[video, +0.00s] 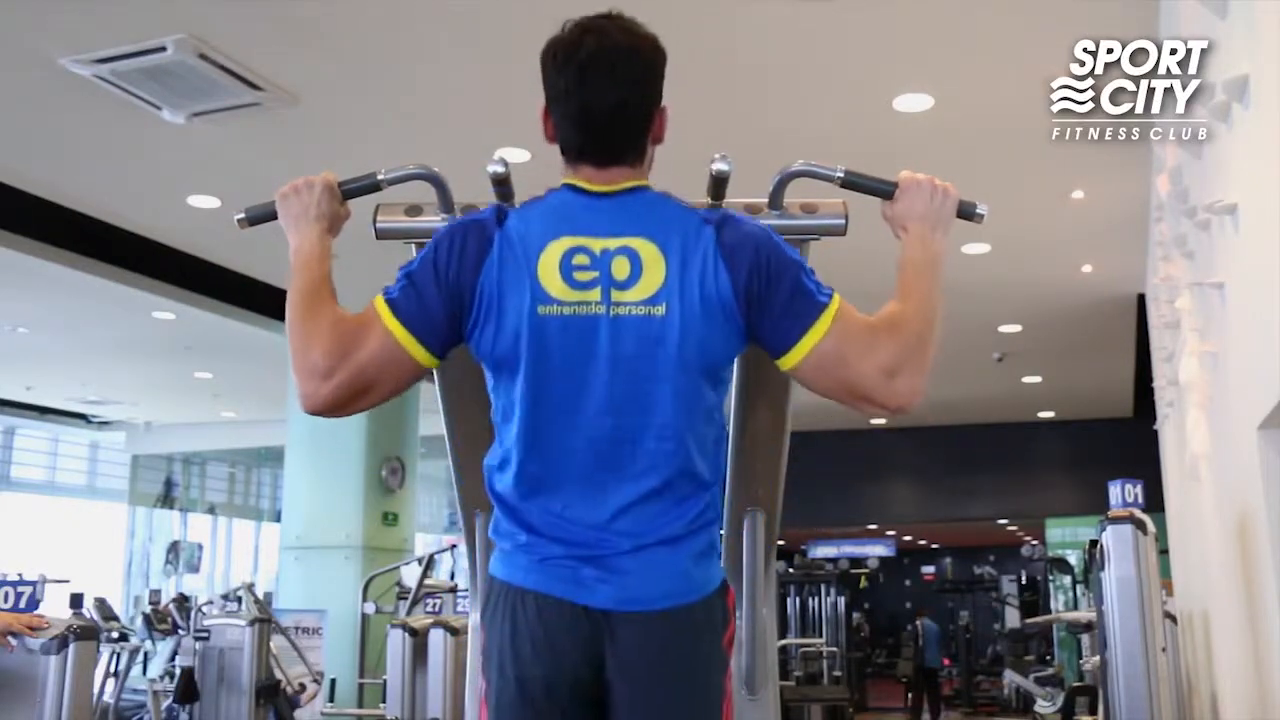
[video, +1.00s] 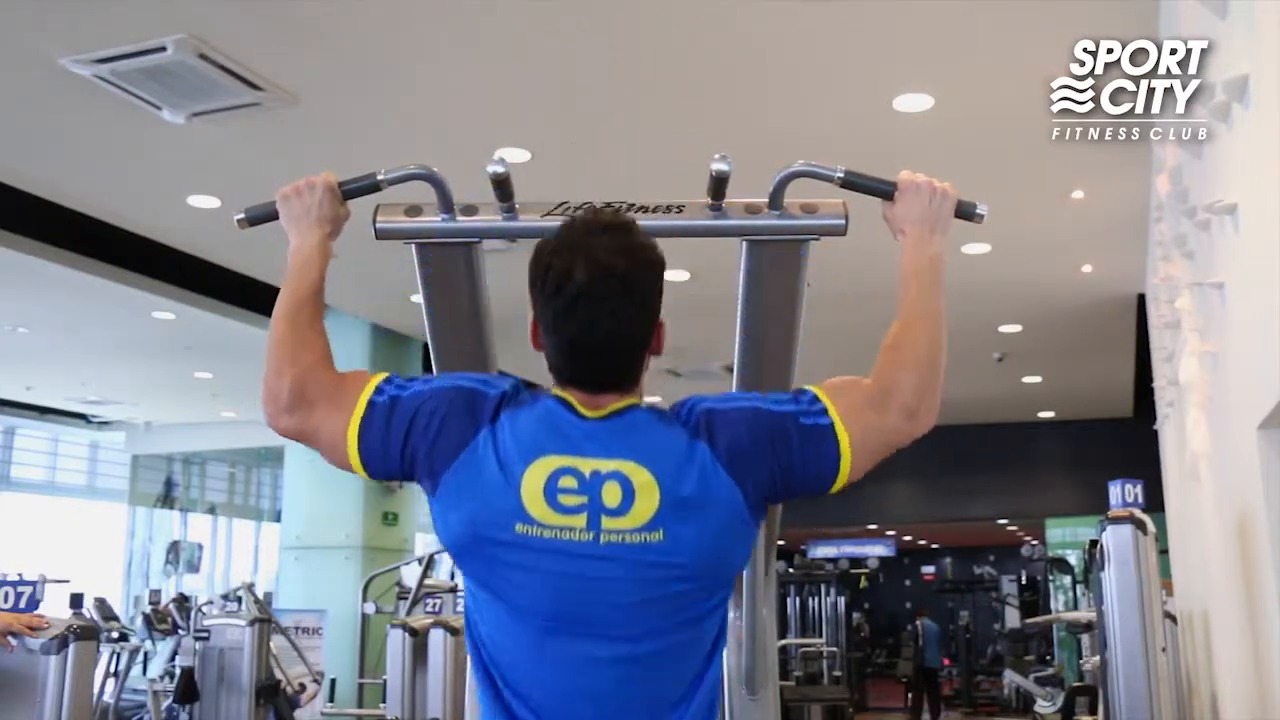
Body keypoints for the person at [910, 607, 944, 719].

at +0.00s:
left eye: (917, 616)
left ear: (917, 615)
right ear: (927, 615)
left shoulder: (917, 625)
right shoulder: (935, 626)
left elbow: (917, 644)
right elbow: (938, 645)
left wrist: (914, 658)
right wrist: (938, 660)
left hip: (920, 663)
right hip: (934, 664)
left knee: (917, 692)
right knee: (933, 691)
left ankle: (916, 714)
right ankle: (935, 715)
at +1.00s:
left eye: (917, 616)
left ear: (917, 615)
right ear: (927, 615)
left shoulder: (917, 625)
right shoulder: (935, 626)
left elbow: (917, 644)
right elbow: (938, 645)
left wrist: (914, 658)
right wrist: (938, 659)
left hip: (921, 664)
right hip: (934, 664)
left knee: (917, 692)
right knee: (933, 692)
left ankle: (916, 715)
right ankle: (935, 715)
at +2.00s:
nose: (915, 618)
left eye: (916, 615)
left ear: (917, 615)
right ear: (928, 614)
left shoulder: (917, 626)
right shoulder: (935, 627)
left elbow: (917, 644)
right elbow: (938, 645)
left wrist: (914, 659)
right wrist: (938, 658)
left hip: (921, 663)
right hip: (934, 664)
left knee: (918, 692)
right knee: (934, 691)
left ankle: (916, 715)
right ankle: (935, 715)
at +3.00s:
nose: (916, 618)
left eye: (916, 616)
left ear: (917, 615)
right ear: (928, 614)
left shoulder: (917, 626)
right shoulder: (935, 627)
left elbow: (917, 644)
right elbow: (938, 645)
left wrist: (914, 659)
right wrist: (939, 659)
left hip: (921, 664)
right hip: (934, 664)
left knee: (918, 692)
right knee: (933, 692)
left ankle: (916, 715)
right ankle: (935, 715)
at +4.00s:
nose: (916, 618)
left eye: (916, 616)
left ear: (917, 615)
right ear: (928, 614)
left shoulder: (917, 625)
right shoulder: (935, 627)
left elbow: (917, 644)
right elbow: (938, 645)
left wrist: (914, 659)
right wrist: (939, 659)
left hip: (921, 664)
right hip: (934, 664)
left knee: (918, 692)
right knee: (933, 691)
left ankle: (916, 715)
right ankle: (935, 715)